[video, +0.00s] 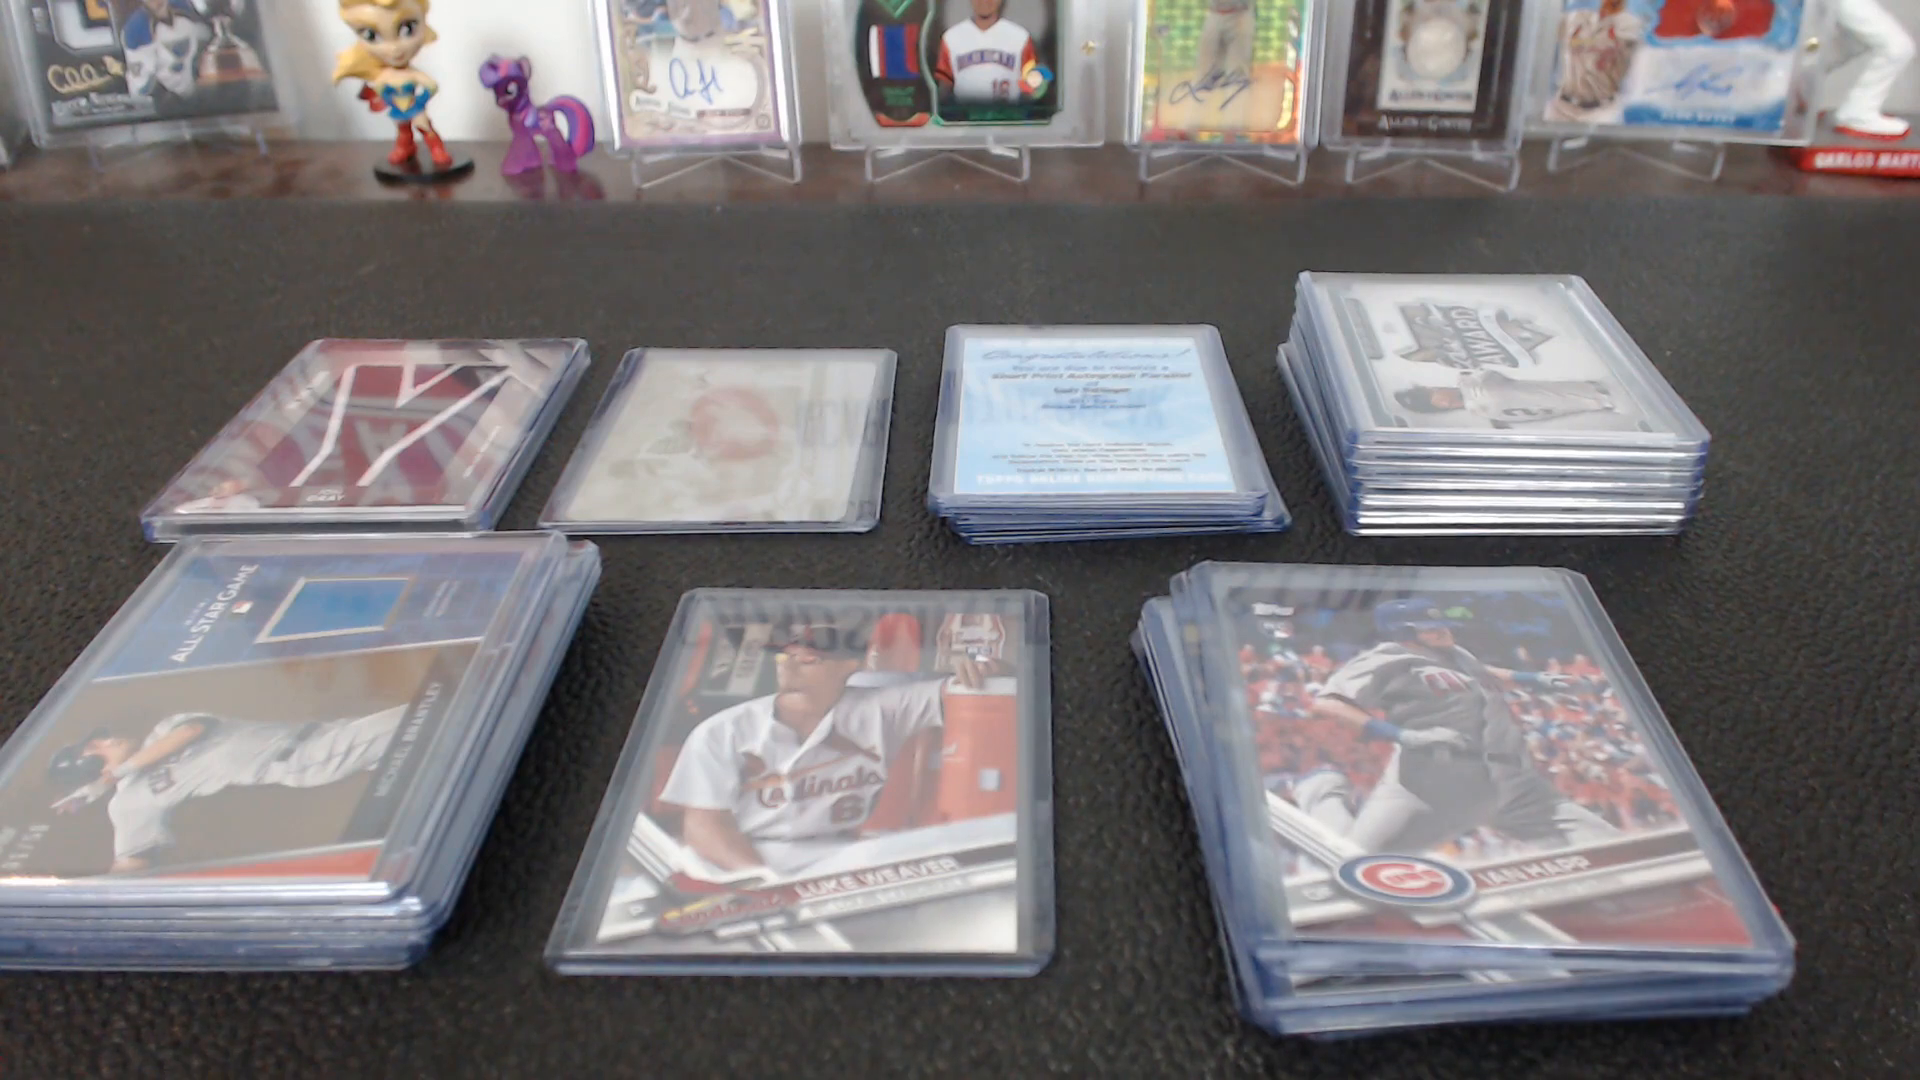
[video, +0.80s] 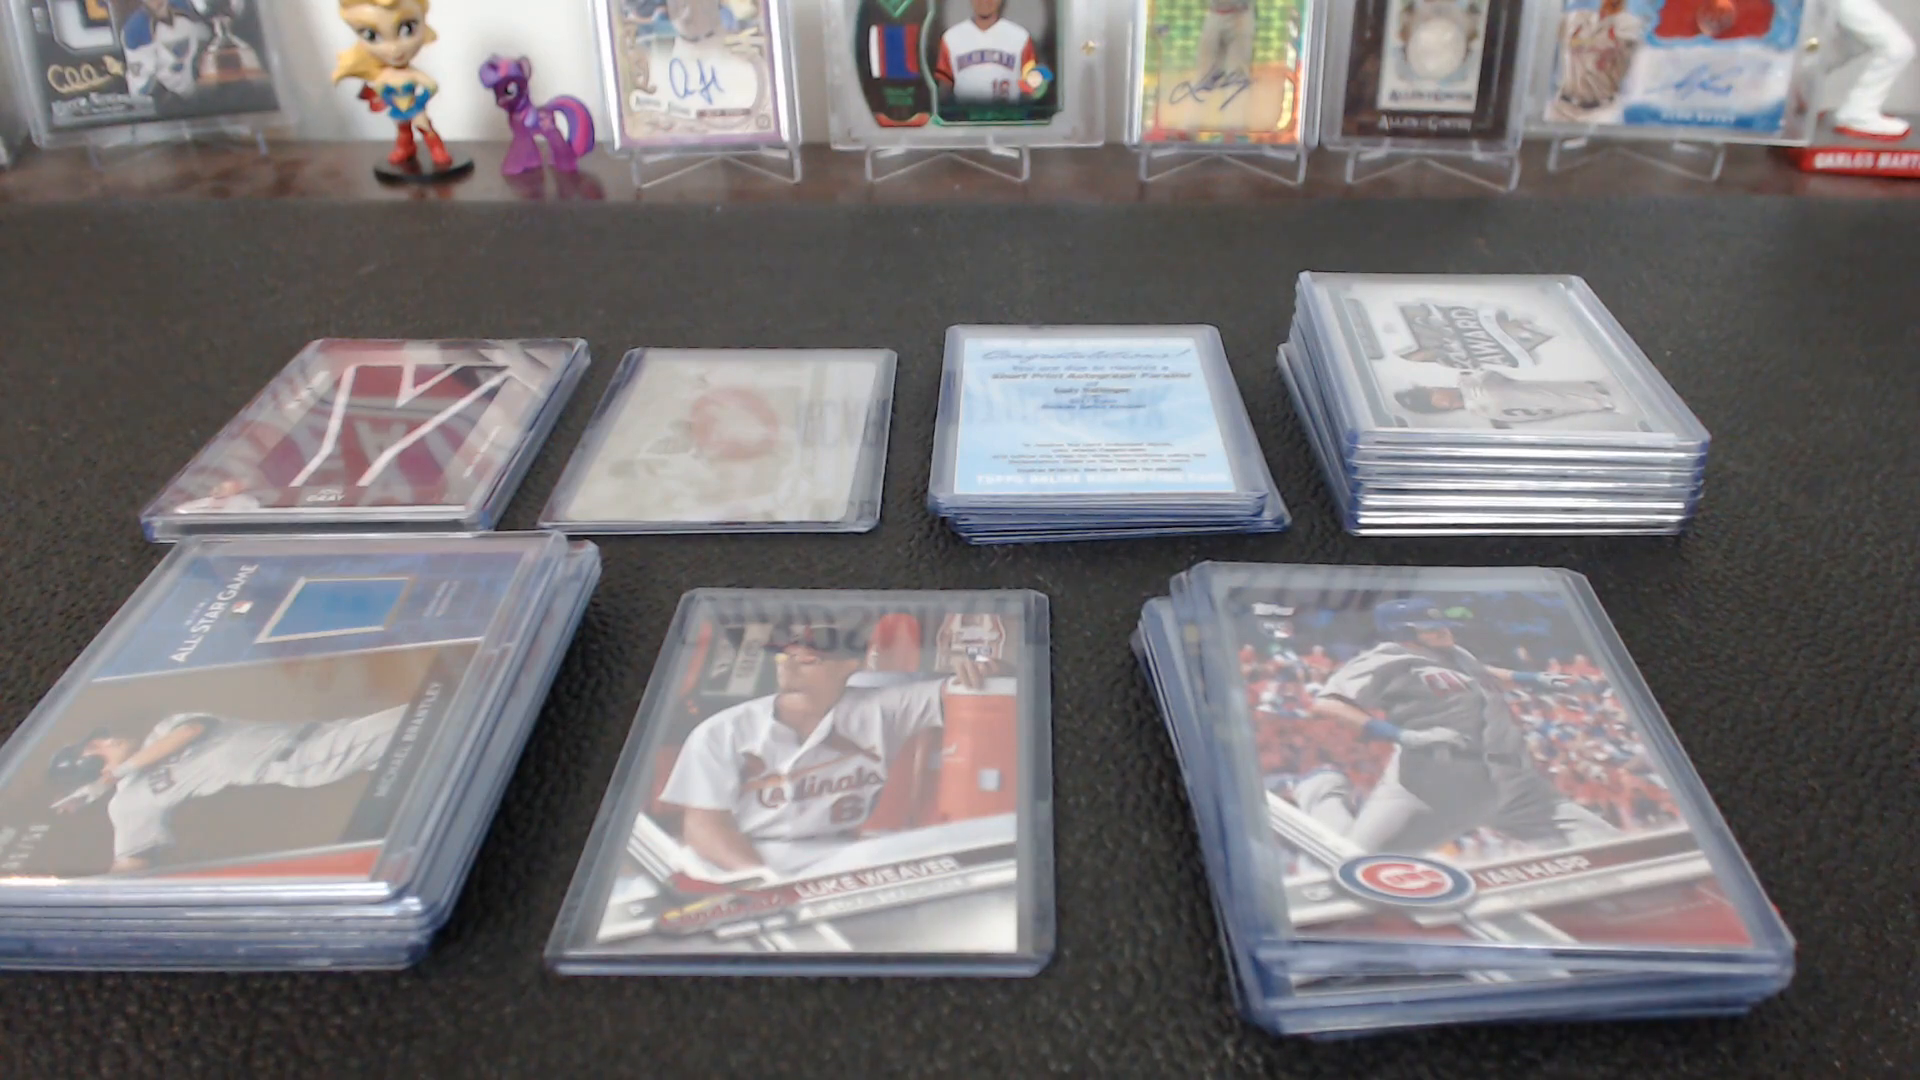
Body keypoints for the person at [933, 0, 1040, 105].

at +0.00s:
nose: (984, 2)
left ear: (1000, 2)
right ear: (971, 2)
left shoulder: (1020, 36)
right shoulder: (951, 37)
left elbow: (1030, 81)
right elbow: (944, 81)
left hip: (1009, 120)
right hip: (966, 119)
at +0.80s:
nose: (984, 2)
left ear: (1000, 2)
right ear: (971, 2)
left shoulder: (1020, 36)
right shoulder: (951, 37)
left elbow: (1030, 83)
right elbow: (944, 82)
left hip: (1009, 121)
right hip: (966, 121)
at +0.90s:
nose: (984, 2)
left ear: (1000, 2)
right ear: (971, 2)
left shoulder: (1020, 36)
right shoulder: (951, 37)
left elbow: (1030, 85)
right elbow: (944, 84)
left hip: (1009, 122)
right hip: (965, 122)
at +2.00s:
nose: (984, 2)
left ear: (1000, 2)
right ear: (972, 2)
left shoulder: (1020, 36)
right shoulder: (951, 37)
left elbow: (1030, 81)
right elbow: (944, 79)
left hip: (1009, 120)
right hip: (965, 119)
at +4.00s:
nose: (984, 2)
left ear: (1001, 2)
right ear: (971, 2)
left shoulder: (1020, 37)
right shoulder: (950, 38)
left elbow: (1029, 81)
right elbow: (944, 78)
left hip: (1008, 120)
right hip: (965, 119)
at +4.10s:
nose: (984, 2)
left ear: (1001, 2)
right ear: (971, 2)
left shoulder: (1021, 37)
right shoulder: (950, 38)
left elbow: (1029, 82)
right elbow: (944, 79)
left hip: (1008, 121)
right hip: (965, 120)